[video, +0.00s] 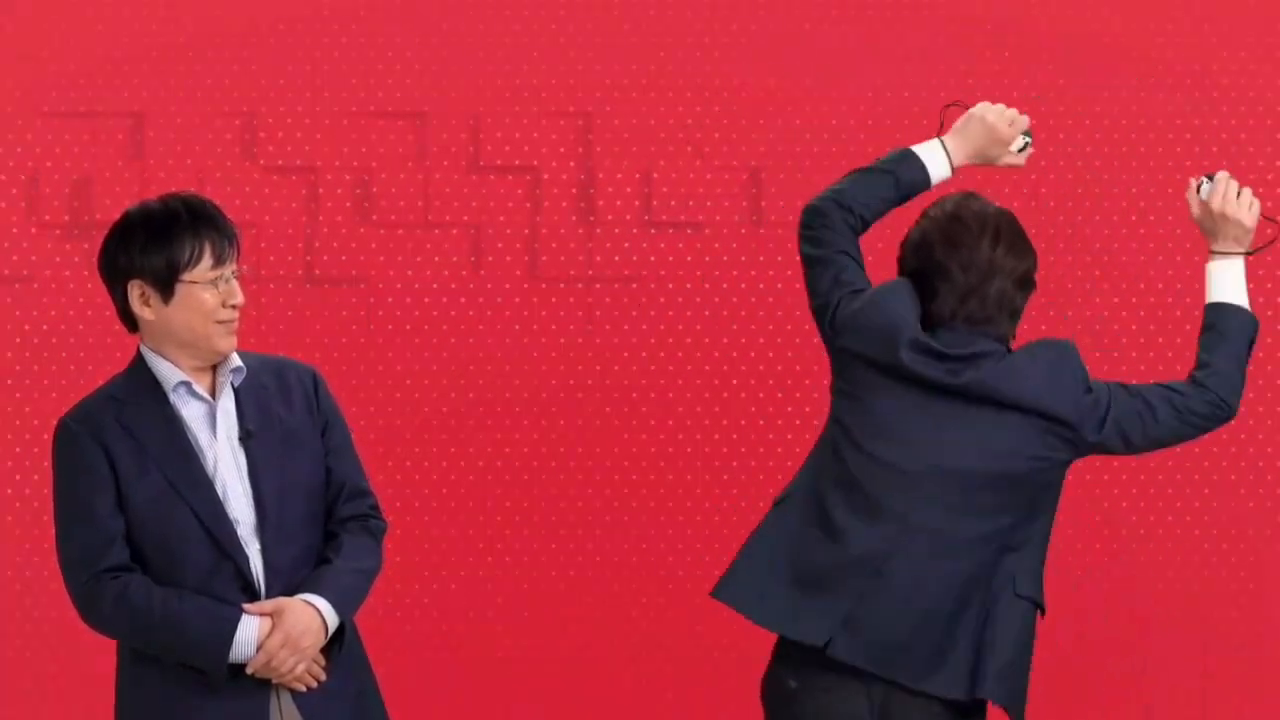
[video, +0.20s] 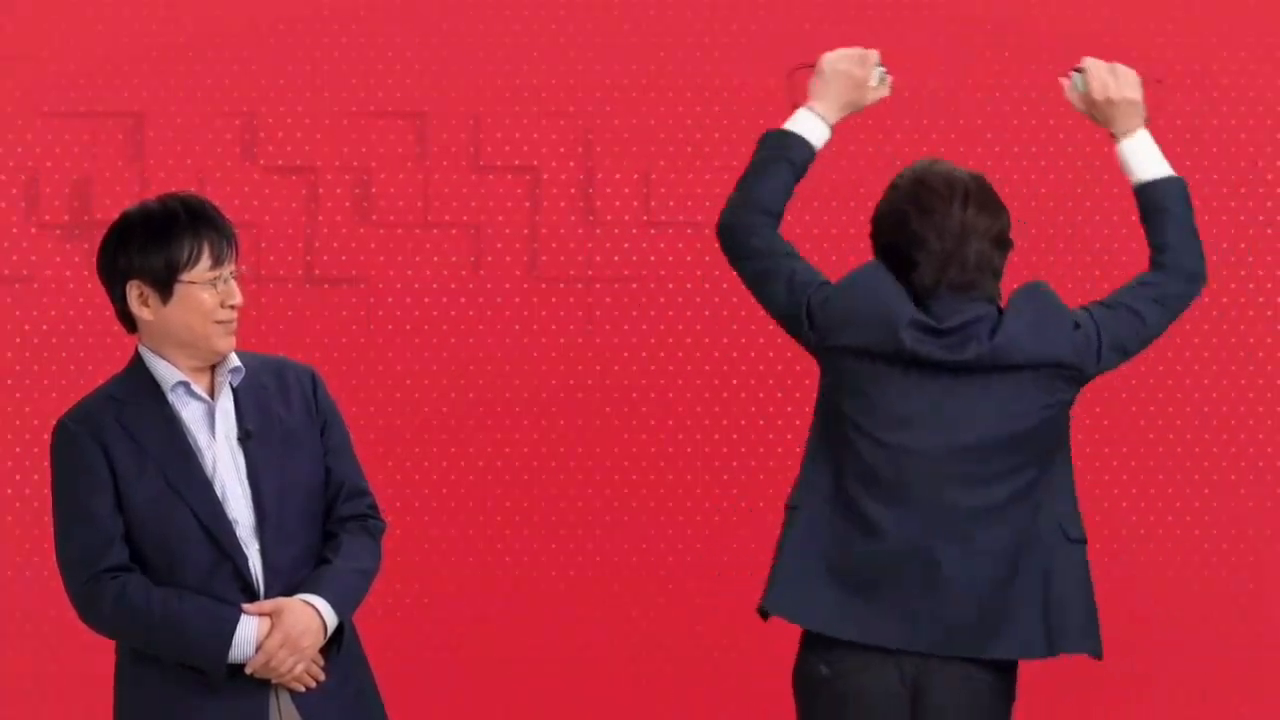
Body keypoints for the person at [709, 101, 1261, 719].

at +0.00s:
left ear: (911, 280)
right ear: (1020, 300)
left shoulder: (866, 344)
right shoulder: (1055, 405)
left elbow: (829, 218)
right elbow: (1213, 396)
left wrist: (951, 148)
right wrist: (1229, 255)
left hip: (813, 672)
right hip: (939, 694)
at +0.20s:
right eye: (1003, 244)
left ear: (886, 251)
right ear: (999, 259)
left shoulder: (847, 329)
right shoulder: (1052, 349)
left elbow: (744, 229)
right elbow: (1181, 271)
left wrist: (819, 112)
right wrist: (1133, 131)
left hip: (847, 664)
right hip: (975, 670)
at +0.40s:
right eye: (977, 247)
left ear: (869, 281)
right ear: (975, 261)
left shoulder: (833, 377)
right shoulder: (1031, 334)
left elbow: (685, 330)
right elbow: (1088, 196)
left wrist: (694, 189)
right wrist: (982, 104)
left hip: (891, 684)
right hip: (1019, 674)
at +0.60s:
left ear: (905, 265)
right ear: (1017, 282)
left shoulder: (864, 329)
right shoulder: (1057, 386)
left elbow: (810, 203)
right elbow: (1211, 365)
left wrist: (924, 120)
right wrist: (1221, 219)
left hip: (814, 662)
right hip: (939, 688)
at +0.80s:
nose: (1011, 272)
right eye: (1008, 261)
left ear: (892, 259)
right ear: (1002, 273)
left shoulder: (847, 334)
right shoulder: (1046, 366)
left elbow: (777, 219)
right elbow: (1193, 330)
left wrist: (886, 130)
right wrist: (1181, 193)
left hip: (844, 667)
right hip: (972, 678)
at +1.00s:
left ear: (877, 269)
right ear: (988, 252)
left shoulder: (834, 370)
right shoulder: (1034, 326)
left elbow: (676, 329)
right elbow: (1076, 192)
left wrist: (694, 188)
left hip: (907, 682)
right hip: (1036, 669)